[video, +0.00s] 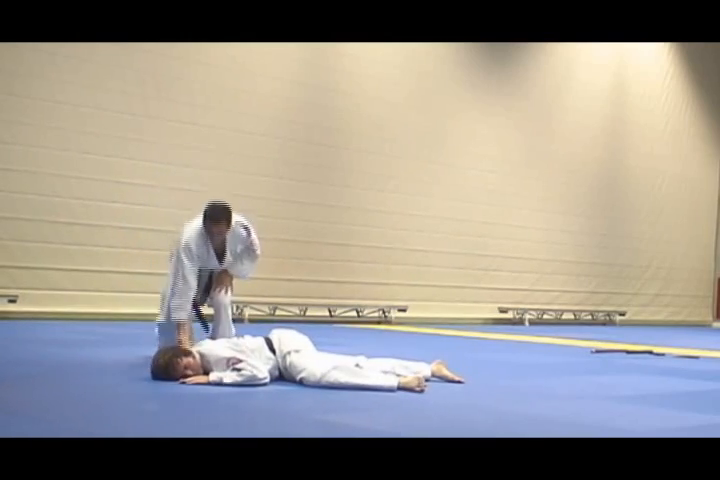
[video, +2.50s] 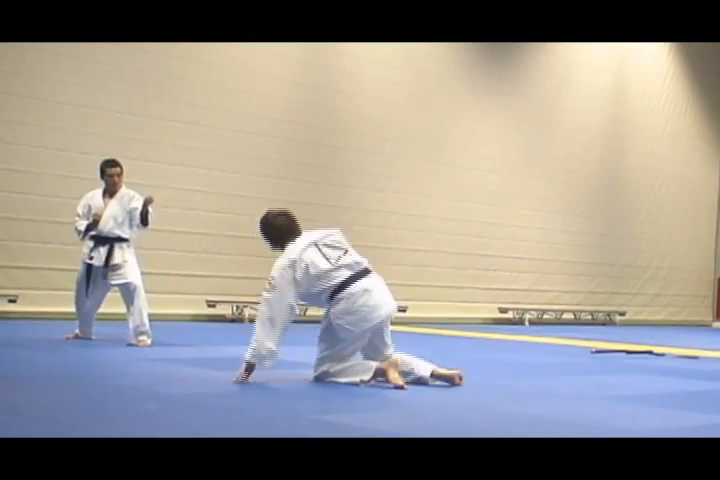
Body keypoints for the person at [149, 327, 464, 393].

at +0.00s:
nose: (189, 371)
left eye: (185, 366)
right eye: (182, 372)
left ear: (188, 354)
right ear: (182, 370)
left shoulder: (212, 351)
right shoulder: (204, 356)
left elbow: (259, 373)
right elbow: (235, 365)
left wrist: (213, 379)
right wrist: (207, 368)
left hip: (280, 346)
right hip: (281, 351)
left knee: (315, 373)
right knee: (351, 364)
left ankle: (399, 381)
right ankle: (427, 369)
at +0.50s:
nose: (189, 375)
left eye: (185, 370)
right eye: (183, 375)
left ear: (189, 359)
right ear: (184, 364)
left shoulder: (213, 351)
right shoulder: (203, 352)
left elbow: (259, 372)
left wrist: (214, 379)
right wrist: (207, 369)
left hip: (280, 348)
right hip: (280, 349)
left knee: (317, 373)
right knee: (350, 365)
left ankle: (400, 381)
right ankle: (427, 368)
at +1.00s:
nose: (175, 359)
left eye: (175, 353)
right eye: (173, 354)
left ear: (189, 344)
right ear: (189, 341)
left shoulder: (223, 341)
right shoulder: (210, 347)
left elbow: (272, 347)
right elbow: (237, 356)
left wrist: (255, 374)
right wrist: (220, 370)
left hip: (292, 355)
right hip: (292, 350)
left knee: (324, 377)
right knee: (357, 363)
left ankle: (397, 381)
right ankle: (434, 353)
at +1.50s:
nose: (198, 283)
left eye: (201, 278)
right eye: (198, 278)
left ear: (215, 278)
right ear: (220, 274)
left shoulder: (247, 295)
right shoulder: (227, 297)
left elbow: (262, 339)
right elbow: (234, 336)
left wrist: (258, 375)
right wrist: (230, 366)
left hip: (304, 336)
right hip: (294, 350)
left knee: (318, 375)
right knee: (363, 366)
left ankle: (393, 377)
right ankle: (433, 347)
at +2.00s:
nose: (239, 280)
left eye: (239, 275)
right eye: (238, 275)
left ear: (250, 273)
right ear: (262, 262)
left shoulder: (283, 281)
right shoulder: (277, 279)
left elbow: (279, 331)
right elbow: (256, 324)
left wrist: (263, 374)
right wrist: (234, 362)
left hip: (353, 301)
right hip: (364, 298)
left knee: (321, 369)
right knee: (374, 367)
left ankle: (386, 367)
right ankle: (439, 363)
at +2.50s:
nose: (267, 243)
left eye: (266, 238)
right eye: (266, 237)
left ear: (273, 239)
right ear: (293, 226)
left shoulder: (286, 264)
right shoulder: (325, 236)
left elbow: (272, 316)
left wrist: (251, 360)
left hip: (353, 304)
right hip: (379, 292)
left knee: (326, 370)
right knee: (381, 359)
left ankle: (379, 371)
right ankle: (437, 374)